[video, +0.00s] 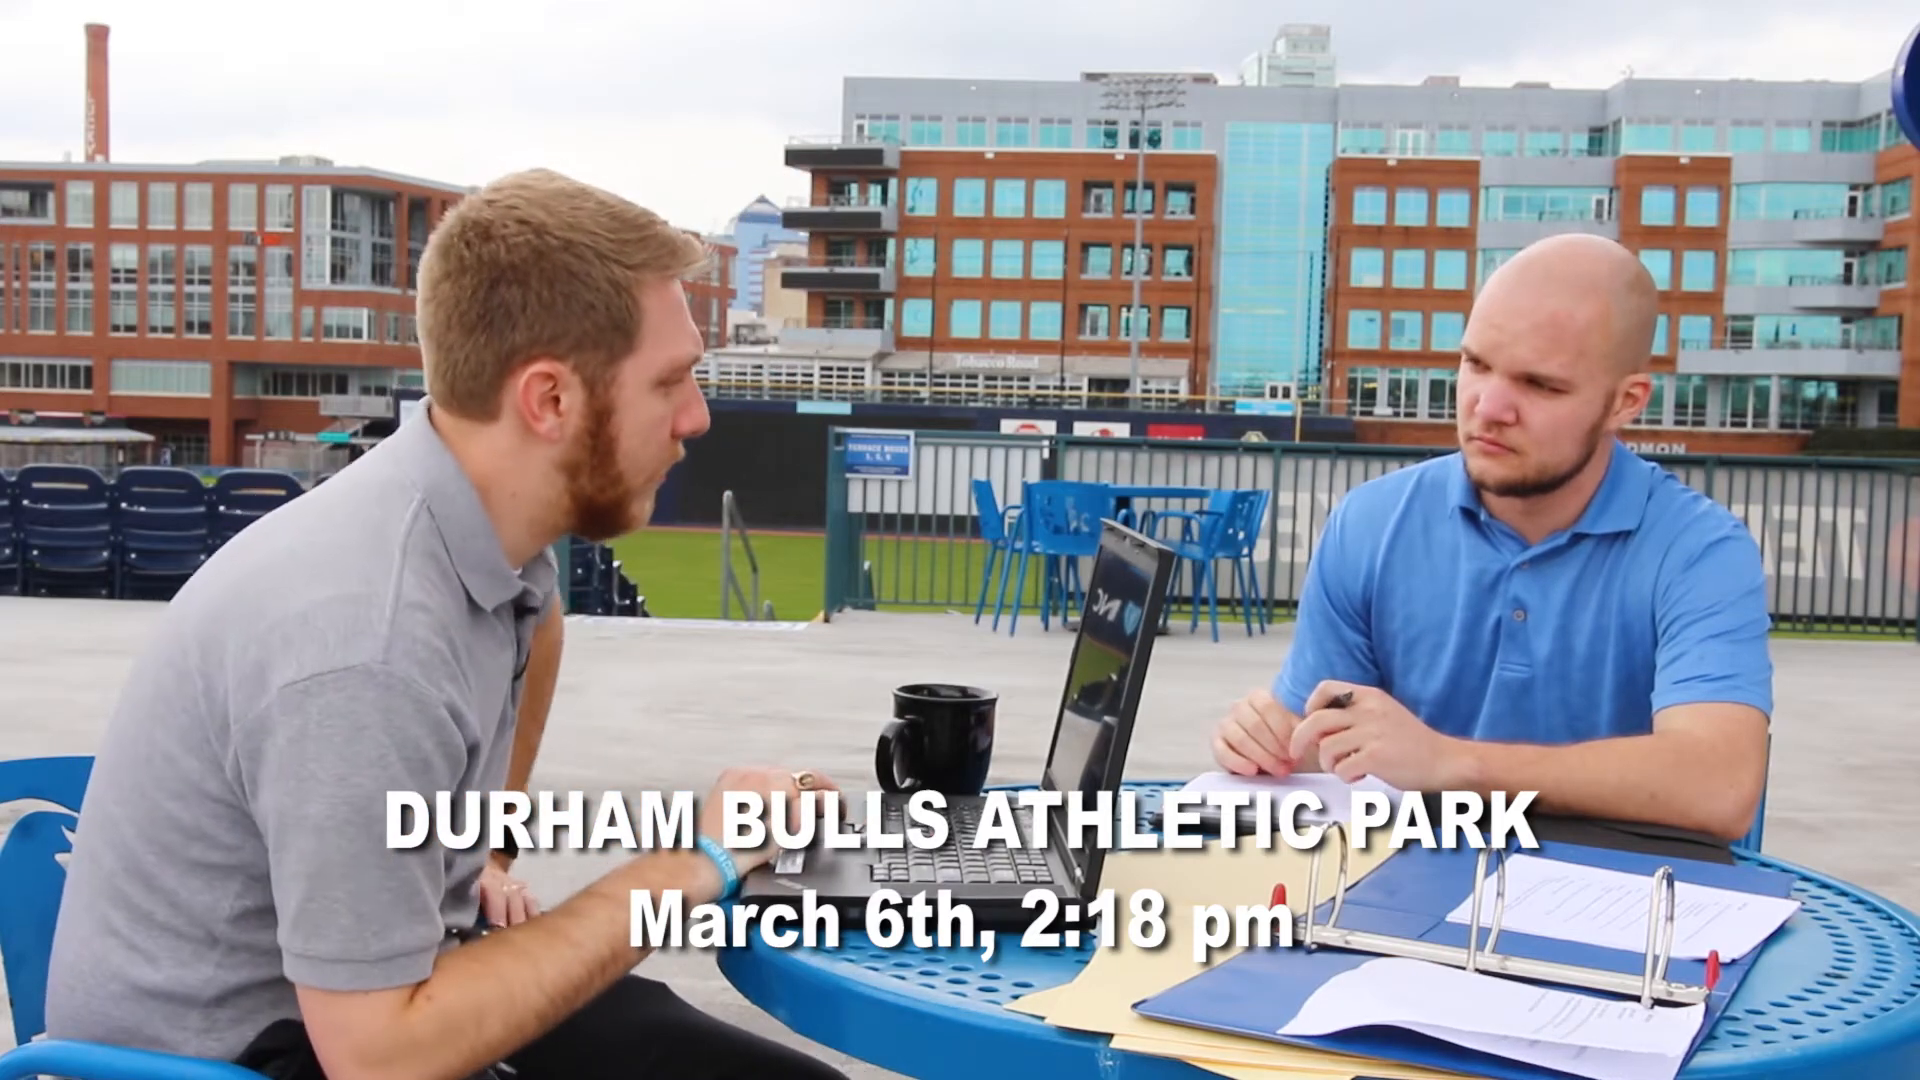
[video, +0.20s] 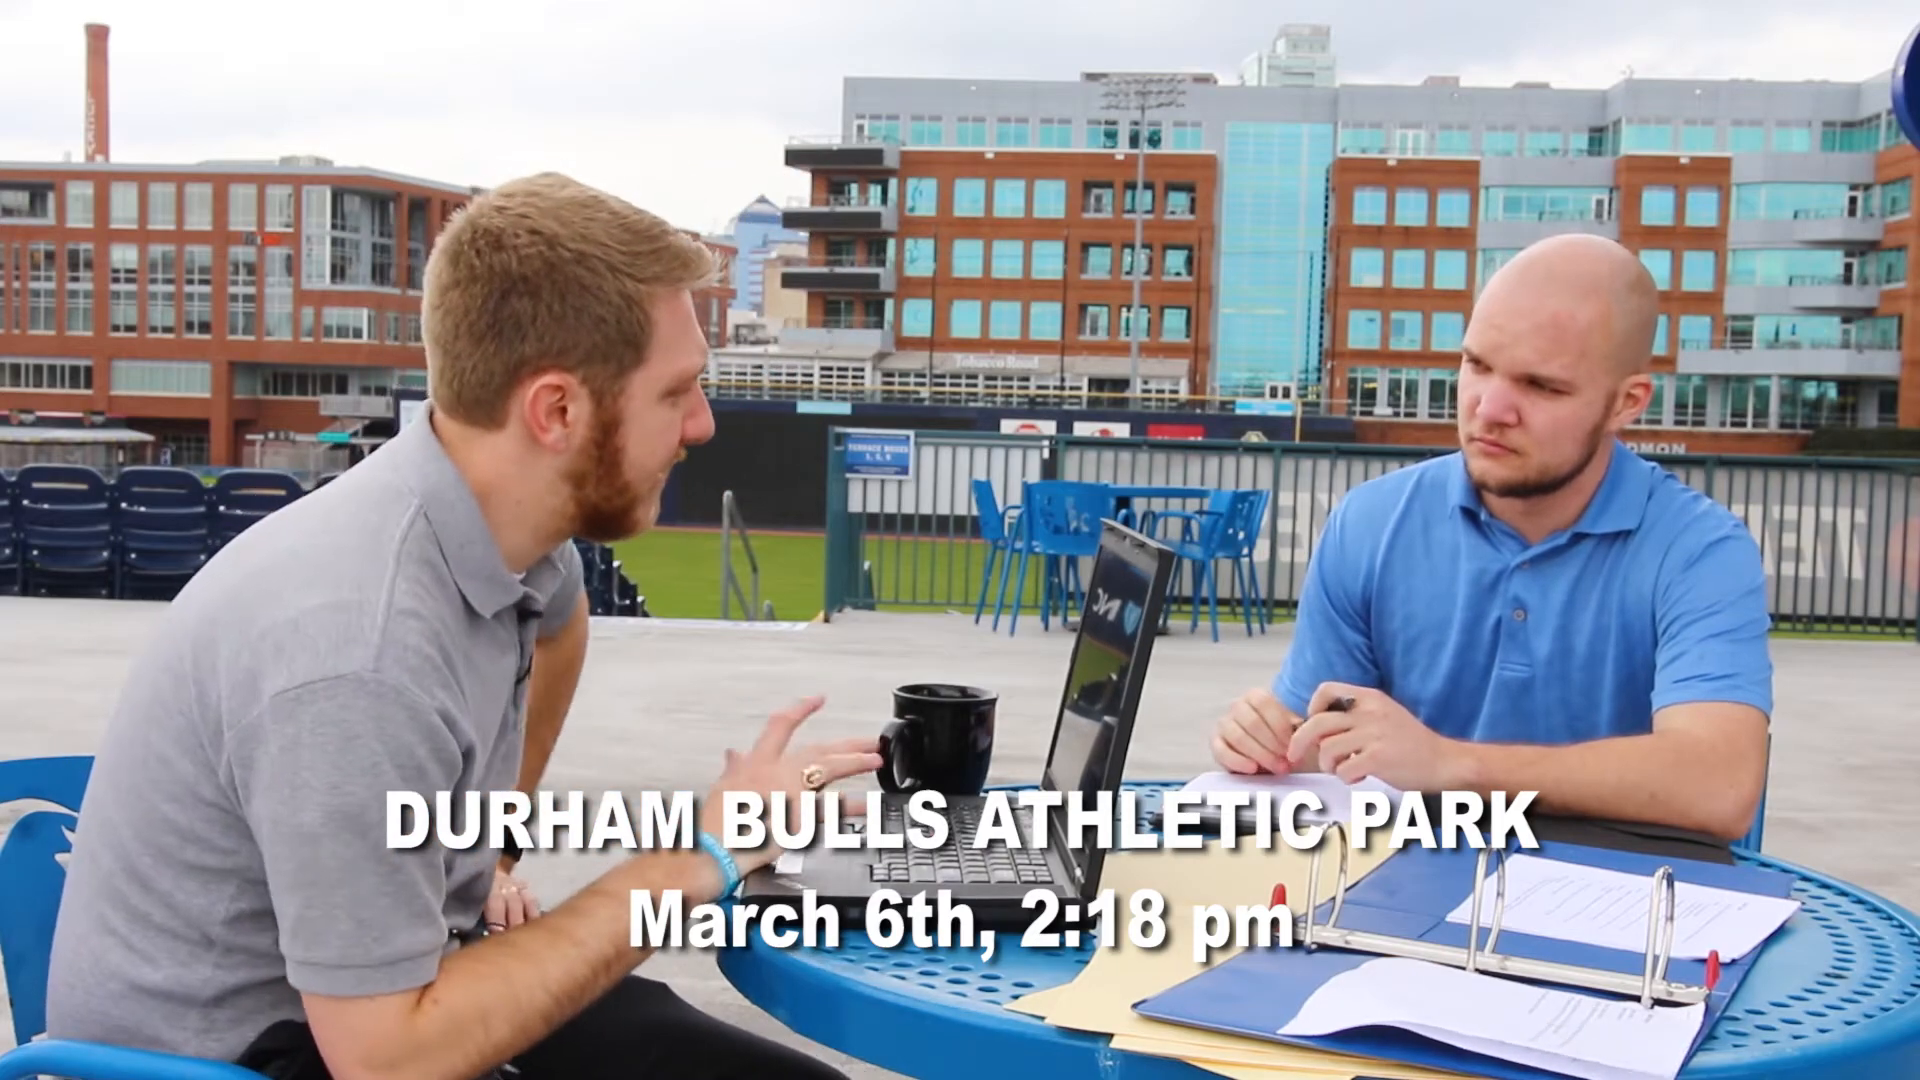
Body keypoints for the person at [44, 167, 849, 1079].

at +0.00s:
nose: (700, 420)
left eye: (693, 380)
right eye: (672, 385)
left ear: (548, 404)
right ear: (547, 401)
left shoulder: (472, 510)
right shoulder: (361, 649)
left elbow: (536, 636)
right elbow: (379, 1050)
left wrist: (487, 836)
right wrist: (691, 857)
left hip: (374, 964)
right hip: (218, 1046)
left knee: (808, 1074)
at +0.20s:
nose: (703, 425)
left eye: (698, 390)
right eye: (680, 396)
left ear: (553, 415)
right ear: (554, 413)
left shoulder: (505, 518)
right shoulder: (349, 657)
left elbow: (560, 632)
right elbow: (390, 1051)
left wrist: (493, 839)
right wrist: (704, 846)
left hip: (400, 949)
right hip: (214, 1041)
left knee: (800, 1066)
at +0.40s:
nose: (702, 427)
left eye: (696, 389)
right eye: (677, 397)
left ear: (548, 416)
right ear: (555, 413)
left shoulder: (477, 533)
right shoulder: (348, 659)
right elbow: (402, 1054)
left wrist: (466, 857)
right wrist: (706, 851)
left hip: (381, 968)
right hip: (216, 1047)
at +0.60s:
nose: (689, 409)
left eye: (683, 371)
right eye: (669, 374)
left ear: (542, 397)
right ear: (554, 395)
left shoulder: (461, 508)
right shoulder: (349, 663)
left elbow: (539, 636)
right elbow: (404, 1051)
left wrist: (488, 836)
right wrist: (704, 854)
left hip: (376, 957)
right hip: (213, 1044)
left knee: (641, 1014)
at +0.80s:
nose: (688, 405)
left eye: (681, 365)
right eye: (668, 367)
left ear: (546, 388)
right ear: (556, 387)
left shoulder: (464, 512)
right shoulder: (345, 652)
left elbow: (533, 637)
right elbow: (400, 1044)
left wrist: (483, 841)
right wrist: (695, 857)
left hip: (387, 951)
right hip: (215, 1041)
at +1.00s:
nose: (694, 402)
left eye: (688, 365)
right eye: (674, 369)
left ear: (562, 389)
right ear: (565, 389)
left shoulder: (464, 526)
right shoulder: (365, 642)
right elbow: (404, 1047)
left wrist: (467, 857)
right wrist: (690, 860)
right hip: (212, 1048)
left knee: (803, 1063)